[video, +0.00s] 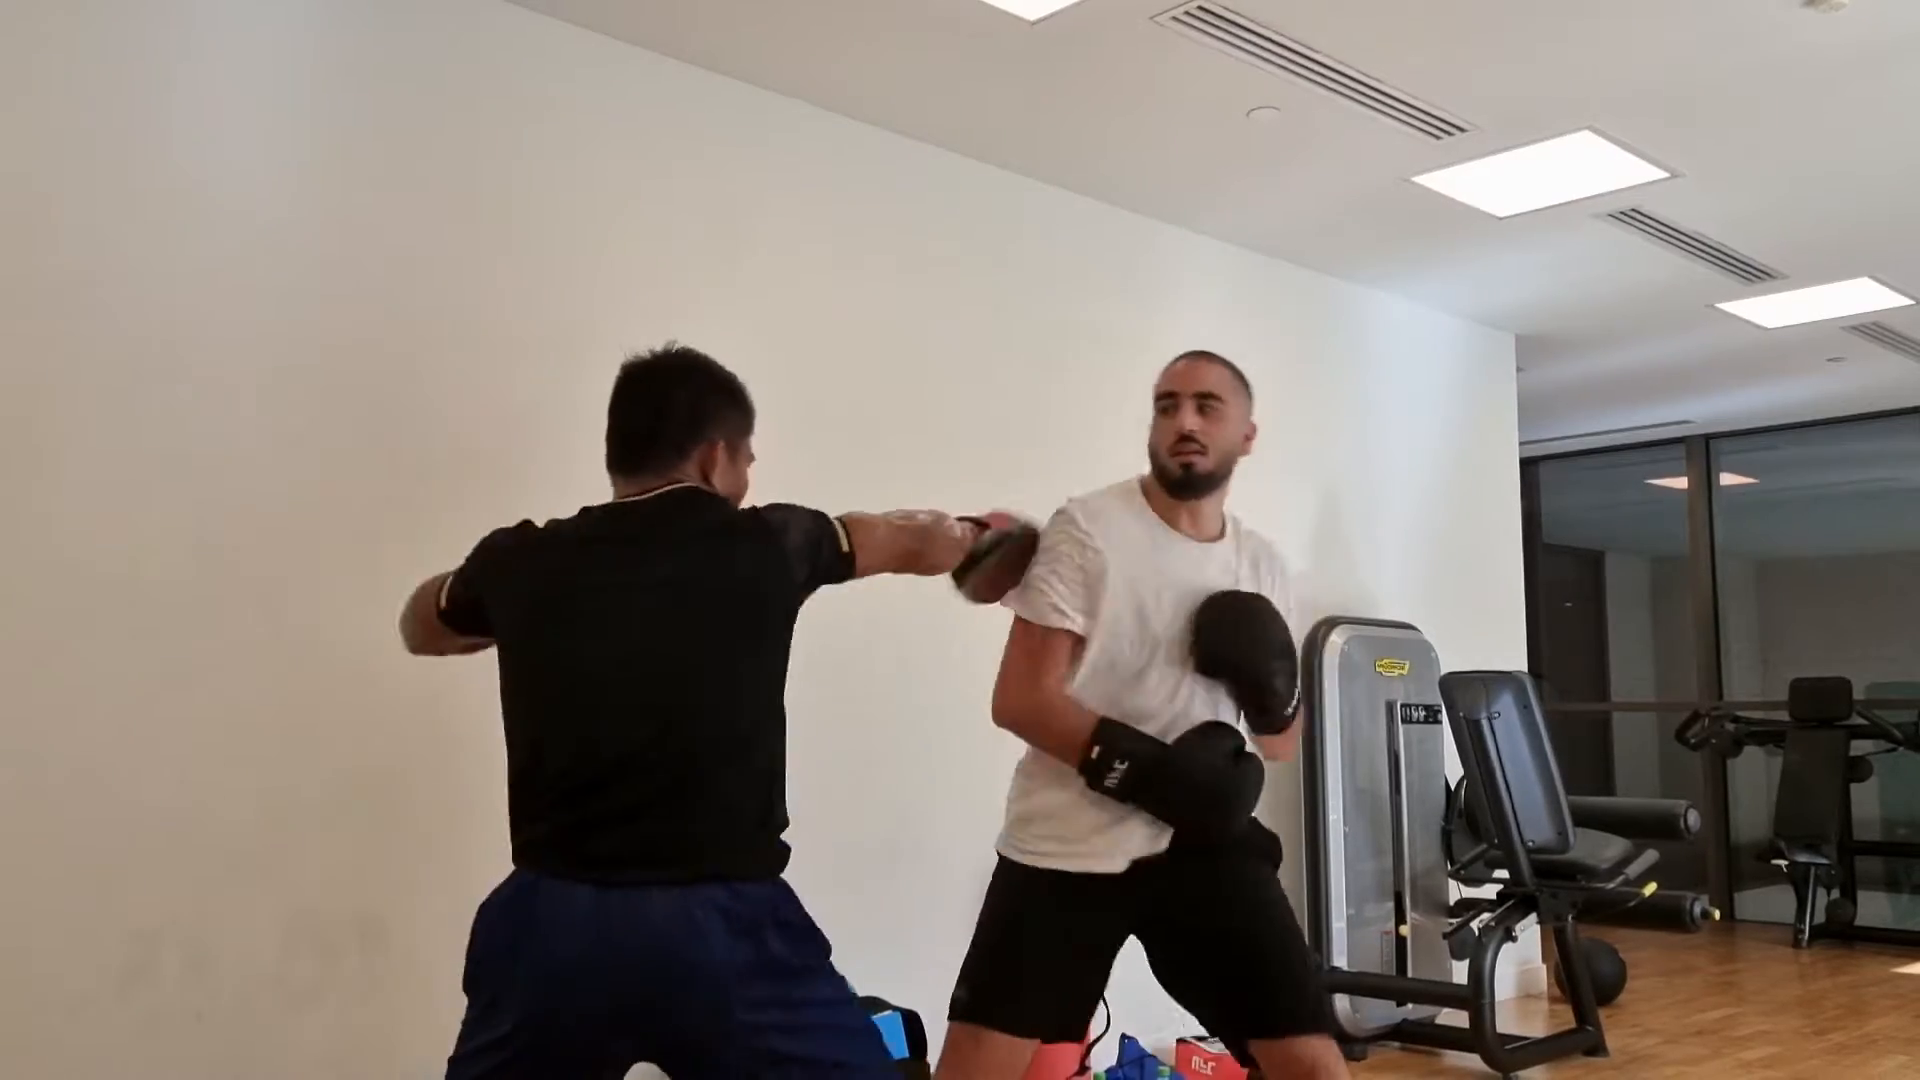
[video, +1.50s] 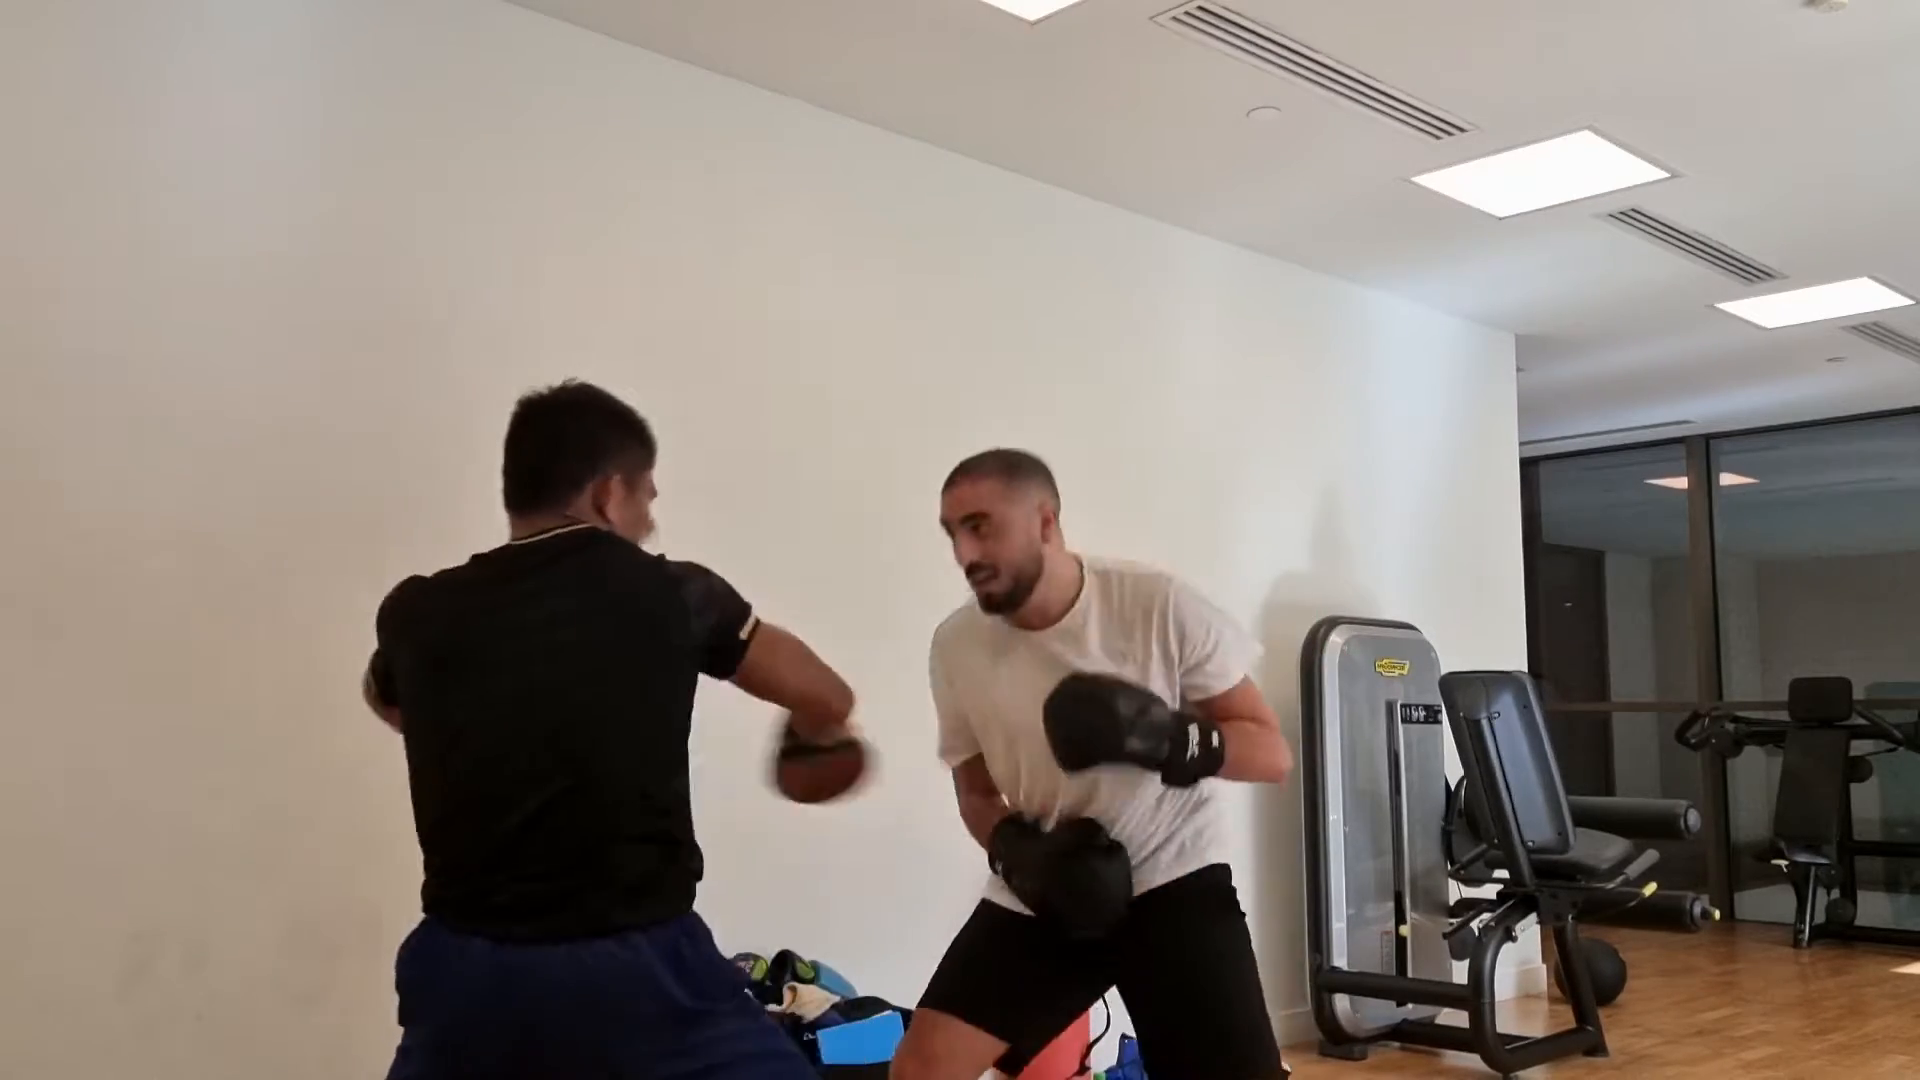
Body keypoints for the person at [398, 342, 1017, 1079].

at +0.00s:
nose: (747, 483)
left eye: (748, 461)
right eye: (746, 459)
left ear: (616, 461)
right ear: (711, 457)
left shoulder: (519, 561)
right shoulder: (768, 540)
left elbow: (421, 628)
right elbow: (917, 541)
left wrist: (498, 579)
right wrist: (977, 536)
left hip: (547, 940)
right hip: (730, 939)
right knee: (861, 1053)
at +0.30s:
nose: (857, 464)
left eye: (861, 443)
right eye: (858, 442)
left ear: (732, 436)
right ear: (821, 438)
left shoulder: (664, 562)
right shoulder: (791, 545)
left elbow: (788, 680)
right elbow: (915, 704)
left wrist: (871, 554)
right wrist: (1013, 646)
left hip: (626, 919)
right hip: (765, 931)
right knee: (920, 1065)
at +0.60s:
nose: (731, 502)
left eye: (735, 485)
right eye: (731, 482)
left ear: (606, 471)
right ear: (697, 472)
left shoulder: (502, 582)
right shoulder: (736, 550)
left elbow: (444, 719)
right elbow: (859, 535)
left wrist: (557, 681)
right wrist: (910, 494)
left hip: (516, 955)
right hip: (698, 949)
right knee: (821, 1060)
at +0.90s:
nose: (735, 519)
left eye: (738, 494)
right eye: (732, 493)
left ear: (606, 489)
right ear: (690, 492)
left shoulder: (527, 609)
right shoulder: (691, 587)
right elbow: (795, 749)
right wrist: (883, 695)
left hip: (501, 978)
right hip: (652, 988)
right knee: (811, 1064)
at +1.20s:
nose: (761, 484)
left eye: (759, 468)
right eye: (761, 467)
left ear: (634, 466)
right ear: (739, 464)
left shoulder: (537, 585)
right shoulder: (780, 550)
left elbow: (503, 746)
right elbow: (954, 528)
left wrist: (614, 694)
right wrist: (1075, 509)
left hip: (533, 941)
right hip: (719, 946)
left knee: (461, 1060)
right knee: (839, 1059)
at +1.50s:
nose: (650, 521)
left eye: (652, 499)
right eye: (646, 497)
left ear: (518, 495)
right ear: (606, 494)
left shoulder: (417, 607)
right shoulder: (668, 588)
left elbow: (388, 701)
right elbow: (826, 697)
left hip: (464, 993)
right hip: (649, 987)